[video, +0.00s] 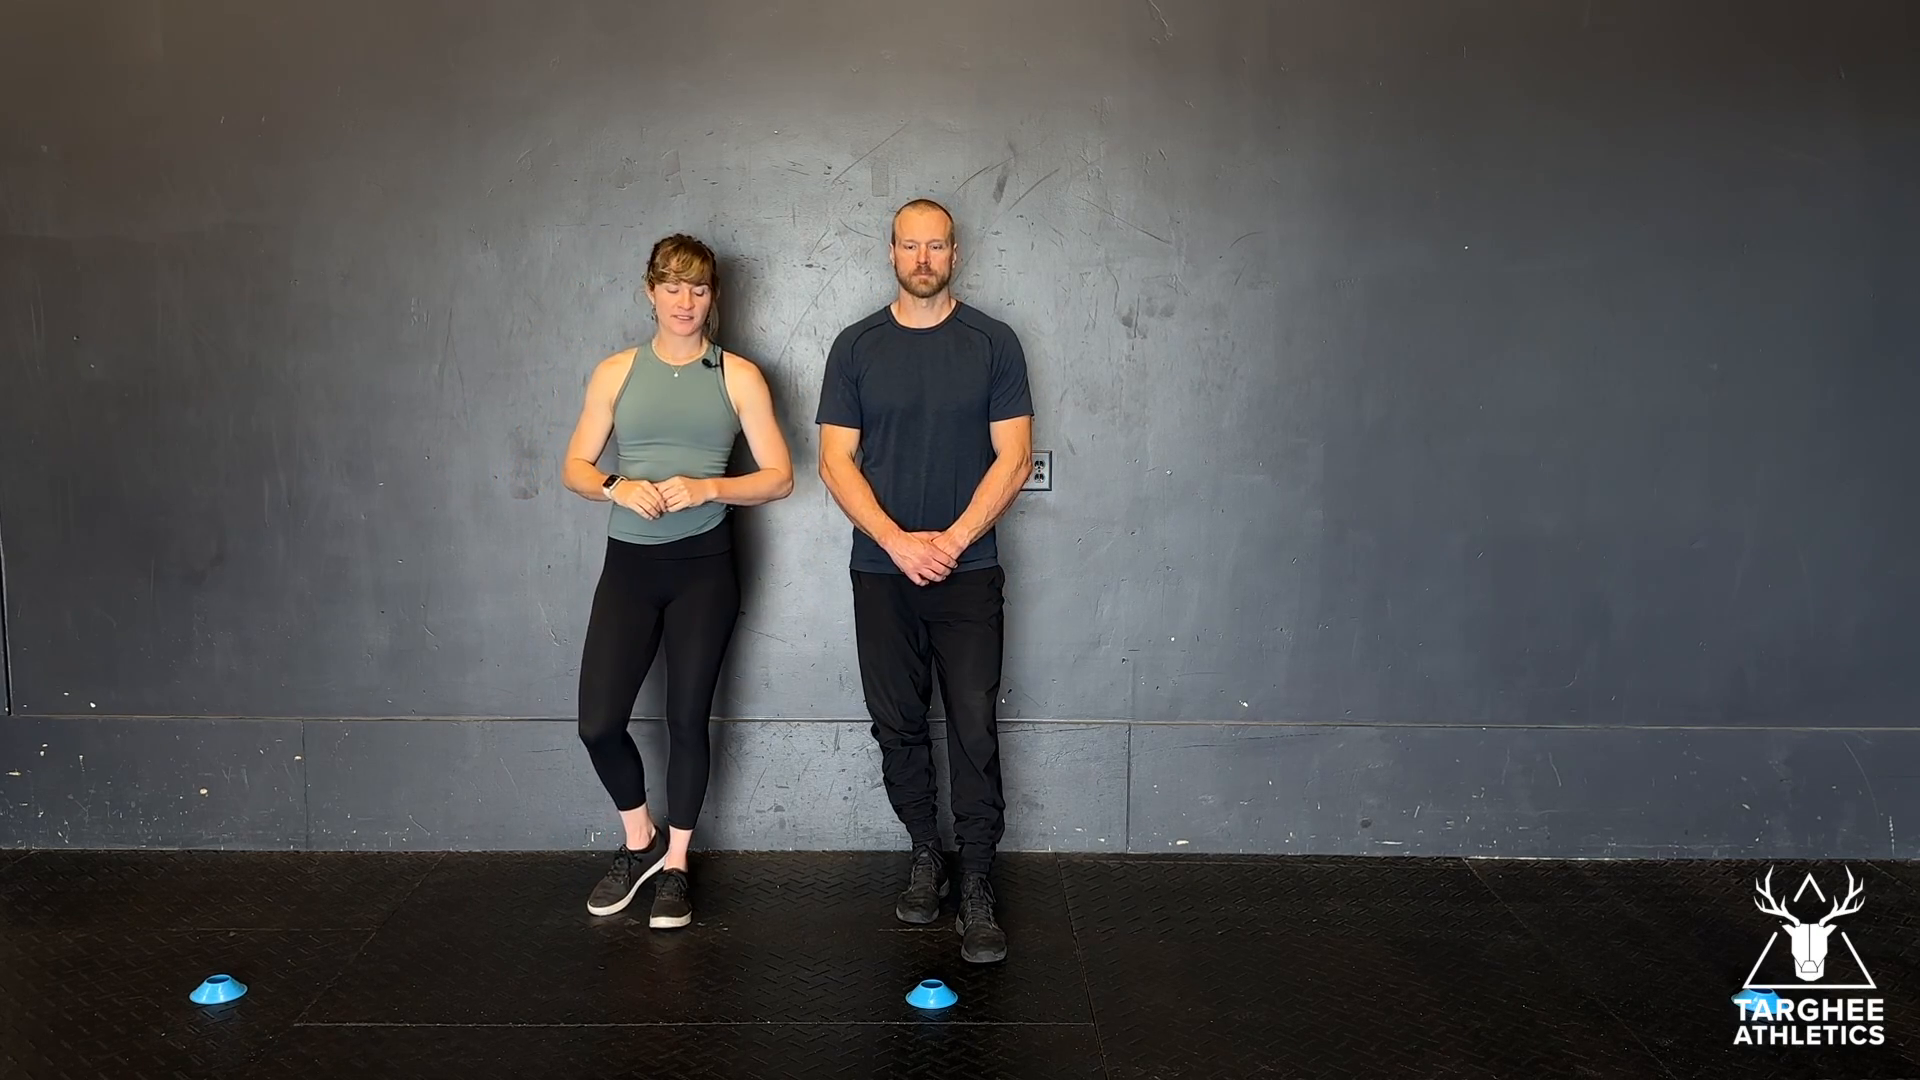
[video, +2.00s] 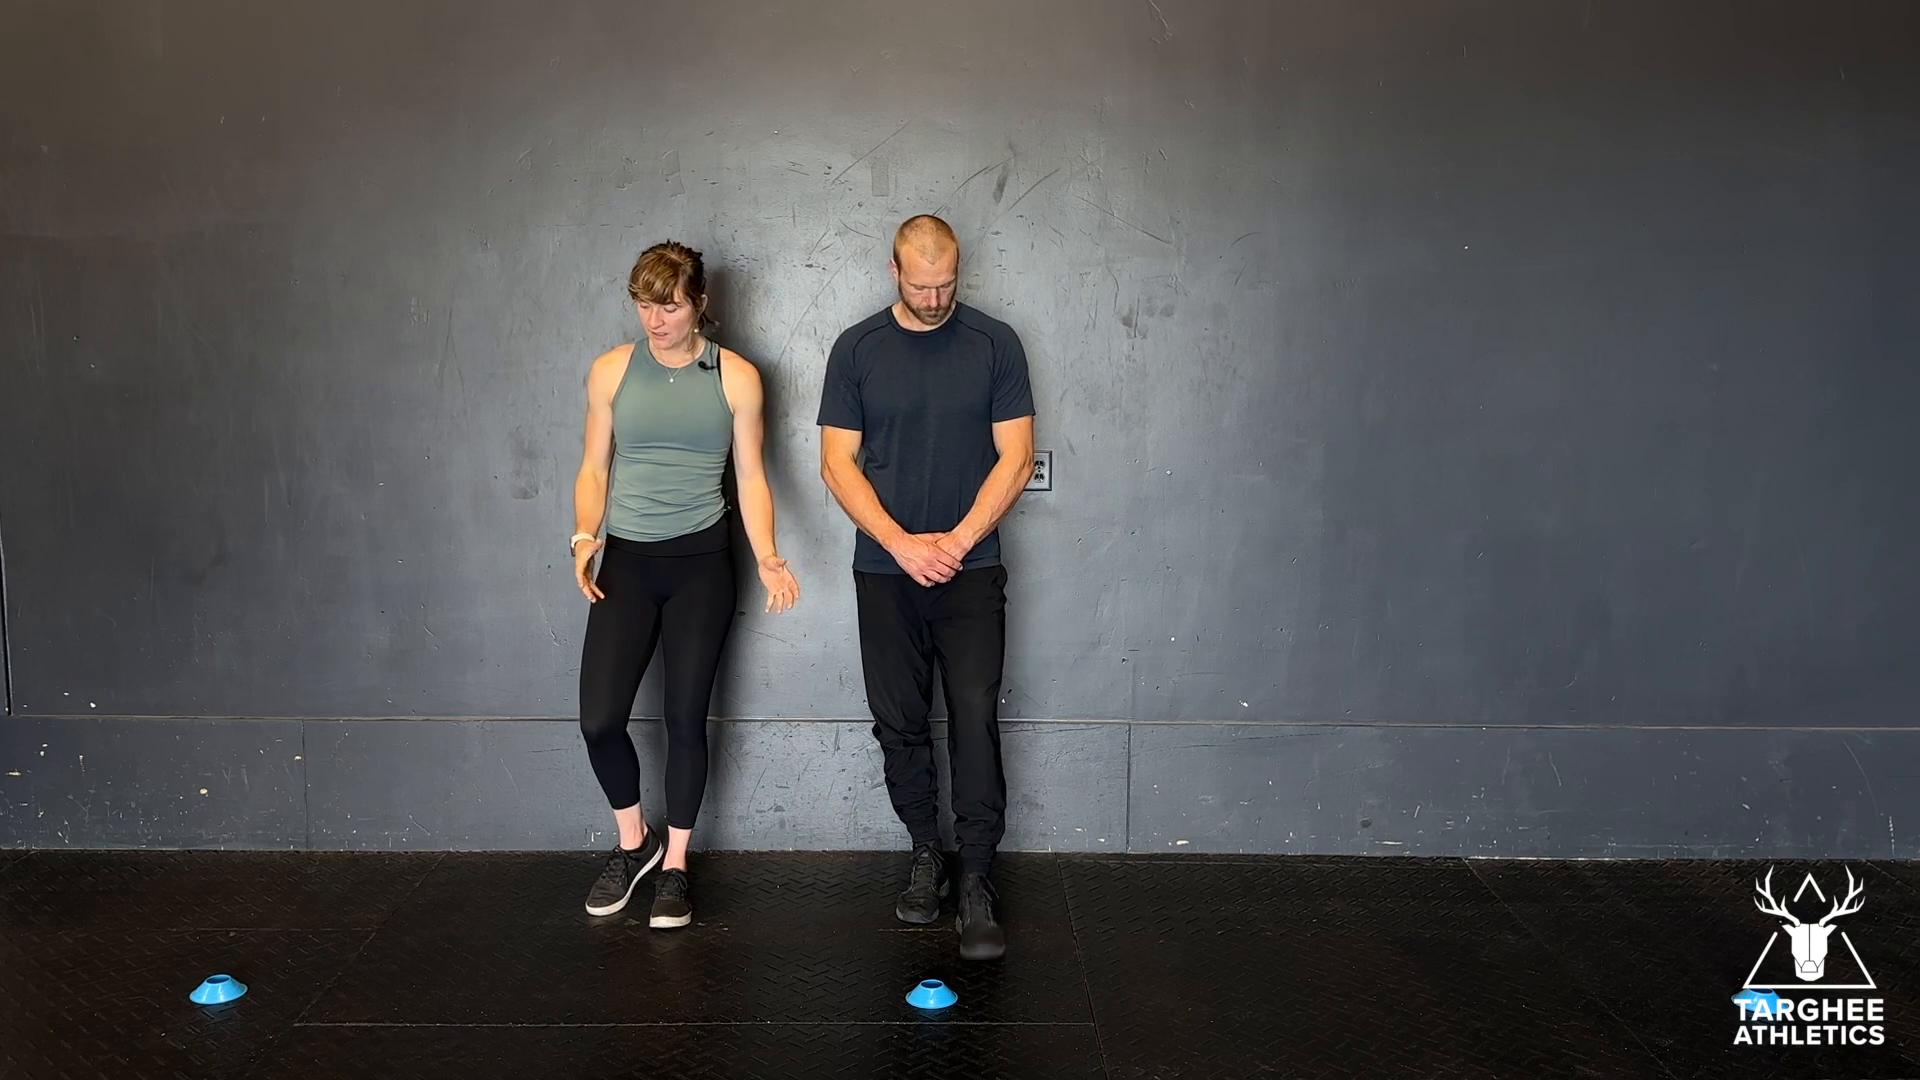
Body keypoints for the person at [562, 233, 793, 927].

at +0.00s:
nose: (685, 298)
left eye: (697, 287)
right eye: (672, 286)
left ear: (711, 296)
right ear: (652, 293)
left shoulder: (738, 377)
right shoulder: (615, 373)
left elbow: (778, 476)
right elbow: (576, 468)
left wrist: (709, 487)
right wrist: (620, 487)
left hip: (704, 564)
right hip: (628, 564)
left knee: (688, 717)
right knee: (599, 721)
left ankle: (676, 866)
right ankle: (641, 843)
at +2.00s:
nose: (654, 319)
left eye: (667, 306)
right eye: (646, 305)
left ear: (698, 304)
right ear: (635, 305)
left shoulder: (736, 377)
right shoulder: (612, 369)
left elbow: (751, 475)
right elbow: (594, 467)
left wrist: (768, 557)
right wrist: (585, 538)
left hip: (703, 560)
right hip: (624, 561)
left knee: (686, 716)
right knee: (600, 719)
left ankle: (675, 866)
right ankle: (636, 843)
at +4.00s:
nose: (675, 315)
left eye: (684, 300)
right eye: (660, 303)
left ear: (699, 301)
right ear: (636, 304)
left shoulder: (730, 376)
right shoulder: (608, 377)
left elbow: (754, 474)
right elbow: (565, 474)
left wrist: (786, 557)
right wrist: (518, 555)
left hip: (703, 562)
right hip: (626, 564)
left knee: (687, 716)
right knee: (615, 724)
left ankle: (676, 868)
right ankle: (642, 855)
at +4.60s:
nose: (690, 311)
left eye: (698, 297)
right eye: (674, 298)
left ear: (708, 300)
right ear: (645, 303)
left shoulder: (735, 378)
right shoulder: (611, 381)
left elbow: (755, 474)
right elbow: (581, 486)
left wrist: (788, 515)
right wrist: (592, 573)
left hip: (718, 568)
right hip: (639, 573)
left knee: (745, 724)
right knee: (639, 724)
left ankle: (780, 882)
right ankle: (636, 872)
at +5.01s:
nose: (747, 313)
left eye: (757, 299)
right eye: (732, 301)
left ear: (771, 302)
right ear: (708, 305)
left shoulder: (803, 380)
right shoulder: (680, 383)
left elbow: (826, 489)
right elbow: (663, 487)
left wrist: (856, 587)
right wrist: (662, 573)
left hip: (791, 570)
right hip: (710, 572)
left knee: (788, 733)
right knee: (675, 739)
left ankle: (795, 889)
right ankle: (660, 861)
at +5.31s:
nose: (773, 311)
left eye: (785, 297)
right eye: (759, 298)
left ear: (800, 300)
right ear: (738, 304)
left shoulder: (833, 381)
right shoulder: (707, 383)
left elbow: (852, 494)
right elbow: (685, 488)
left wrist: (881, 595)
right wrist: (673, 587)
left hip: (815, 574)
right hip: (735, 577)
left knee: (803, 731)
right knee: (735, 730)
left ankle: (796, 889)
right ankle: (764, 853)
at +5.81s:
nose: (751, 311)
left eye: (765, 298)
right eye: (747, 298)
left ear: (805, 302)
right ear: (746, 304)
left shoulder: (847, 388)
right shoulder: (727, 373)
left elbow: (864, 504)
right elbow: (688, 476)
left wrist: (876, 600)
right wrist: (647, 564)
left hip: (805, 574)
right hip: (725, 572)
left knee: (794, 737)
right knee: (676, 724)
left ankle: (793, 891)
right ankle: (671, 886)